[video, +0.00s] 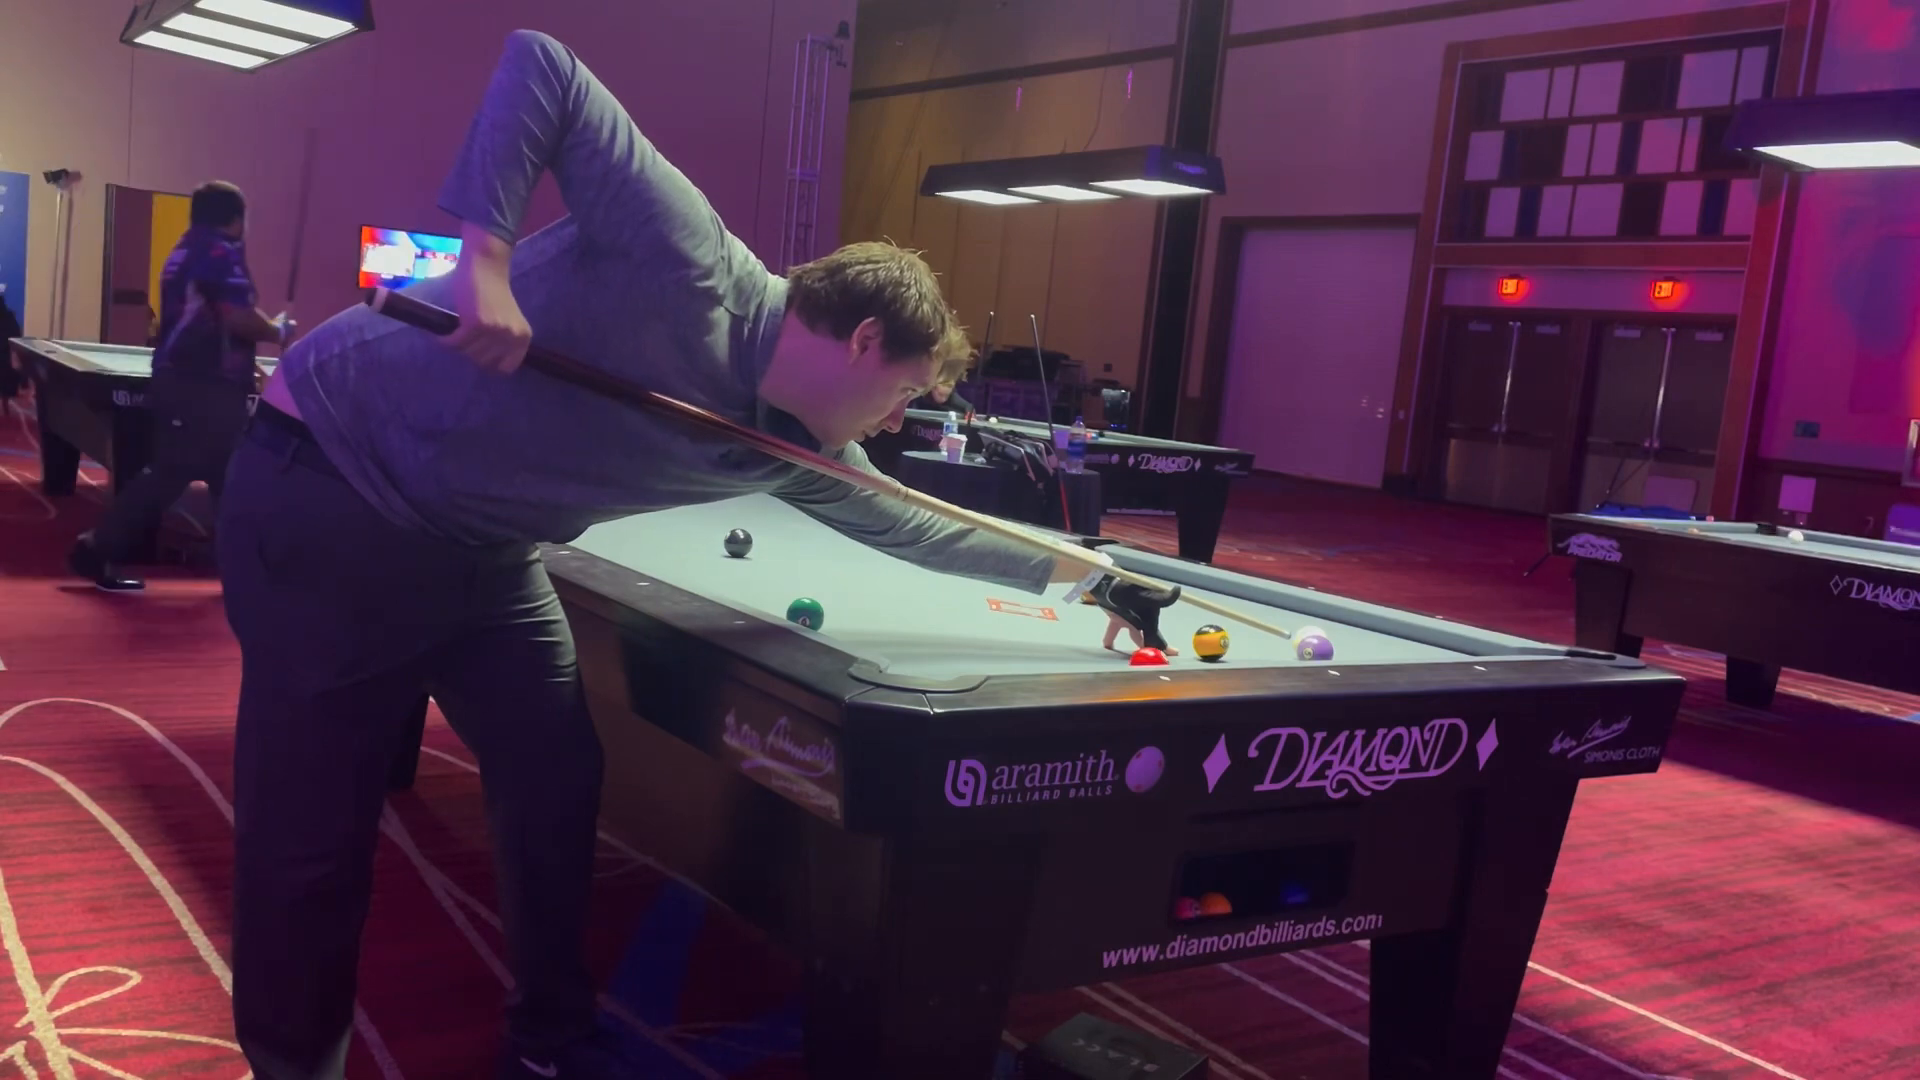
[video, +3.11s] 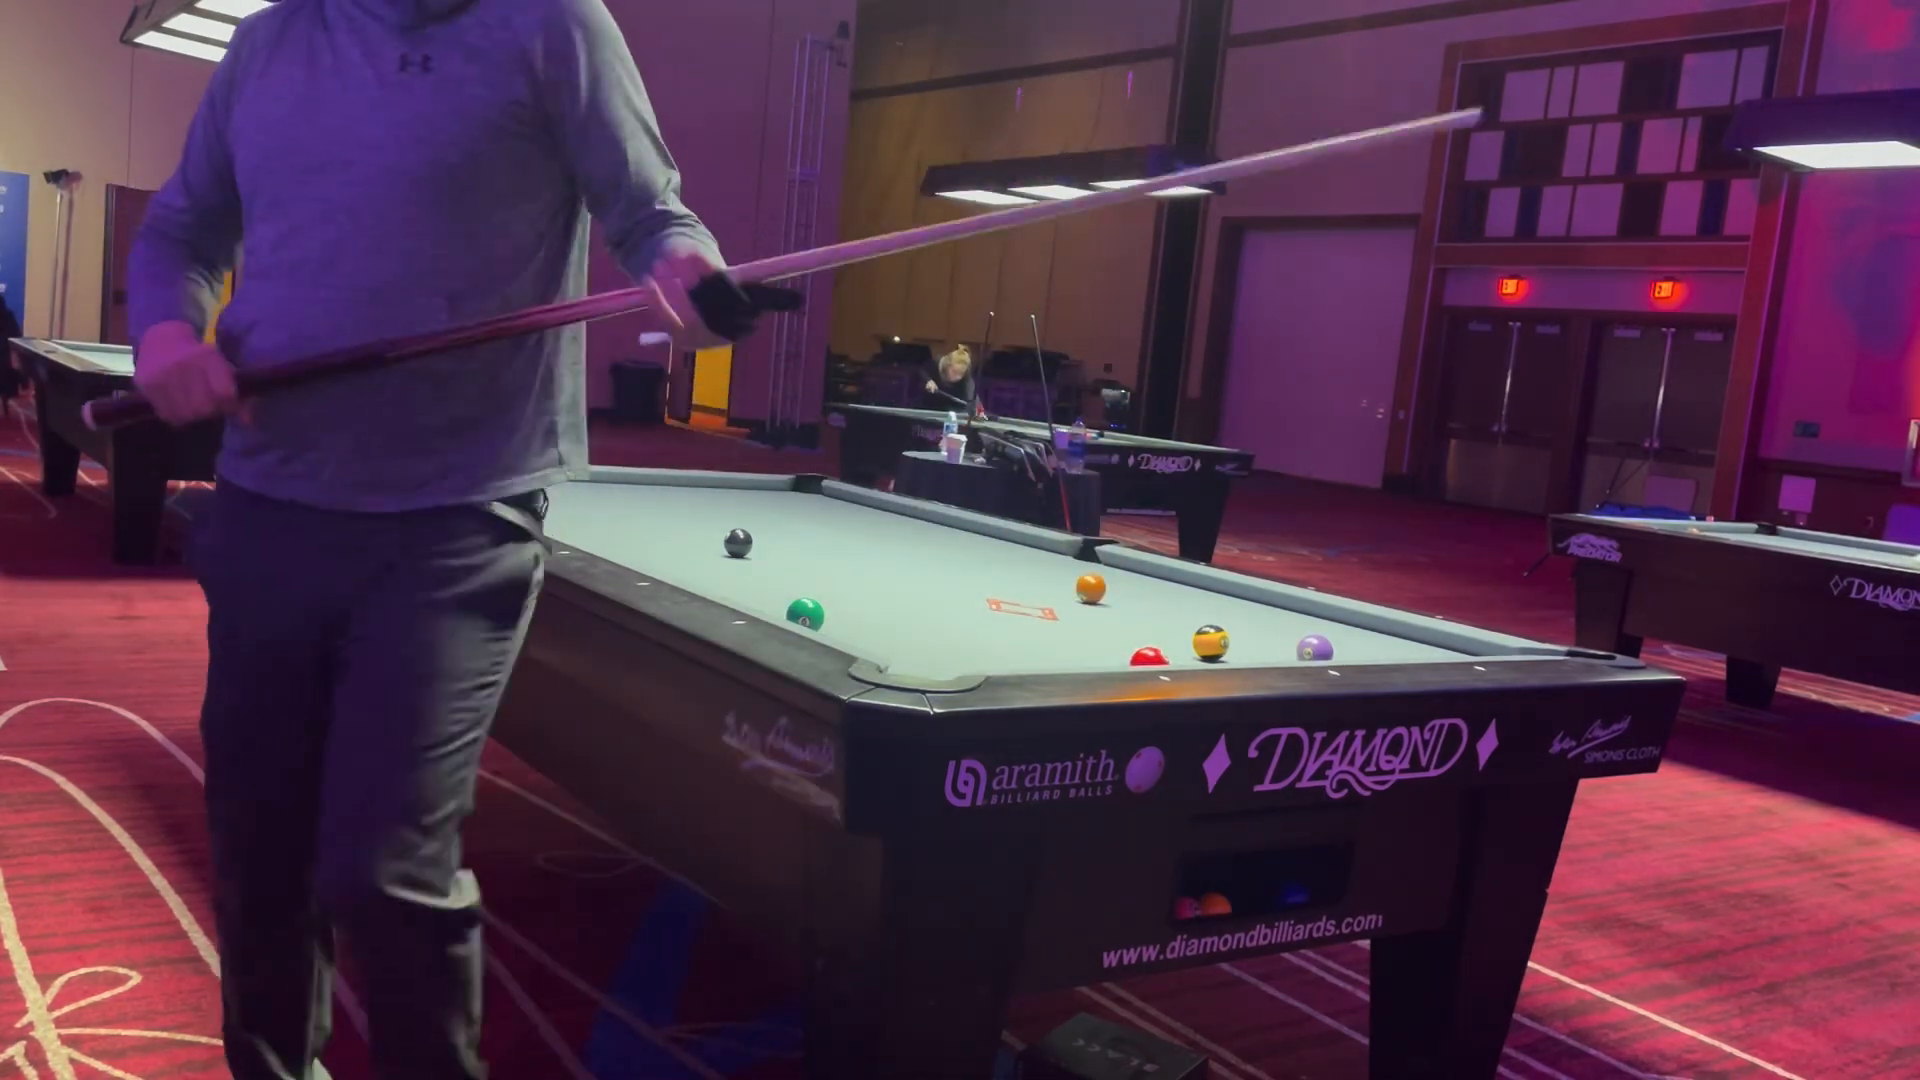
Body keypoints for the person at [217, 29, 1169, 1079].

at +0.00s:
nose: (893, 428)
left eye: (910, 410)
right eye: (903, 398)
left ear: (853, 350)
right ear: (856, 340)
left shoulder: (785, 441)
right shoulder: (684, 251)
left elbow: (913, 527)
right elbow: (542, 69)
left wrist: (1061, 563)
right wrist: (479, 252)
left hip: (483, 530)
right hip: (329, 473)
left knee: (553, 763)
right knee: (313, 819)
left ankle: (548, 1032)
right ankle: (292, 1055)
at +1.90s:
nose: (888, 245)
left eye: (899, 223)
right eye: (883, 212)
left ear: (818, 187)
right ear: (810, 171)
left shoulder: (775, 320)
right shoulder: (631, 184)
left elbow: (879, 412)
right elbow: (393, 187)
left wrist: (1031, 480)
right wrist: (501, 364)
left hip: (488, 526)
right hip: (345, 488)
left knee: (547, 773)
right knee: (340, 820)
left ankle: (552, 1030)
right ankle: (304, 1063)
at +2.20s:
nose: (774, 154)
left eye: (800, 132)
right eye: (762, 113)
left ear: (814, 127)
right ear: (687, 61)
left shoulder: (722, 221)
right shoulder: (544, 122)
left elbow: (819, 293)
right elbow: (318, 197)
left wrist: (965, 326)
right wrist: (473, 346)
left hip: (507, 525)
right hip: (363, 501)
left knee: (558, 776)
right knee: (376, 802)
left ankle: (548, 1038)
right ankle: (312, 1063)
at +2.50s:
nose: (702, 63)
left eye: (730, 37)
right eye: (682, 21)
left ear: (745, 44)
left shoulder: (677, 165)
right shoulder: (469, 96)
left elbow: (717, 261)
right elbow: (261, 227)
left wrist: (872, 294)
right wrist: (439, 352)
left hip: (520, 522)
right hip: (375, 514)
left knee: (551, 791)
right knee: (390, 805)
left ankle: (548, 1032)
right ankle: (317, 1060)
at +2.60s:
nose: (630, 6)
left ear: (676, 12)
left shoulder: (643, 128)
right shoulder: (415, 81)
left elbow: (640, 272)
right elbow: (220, 222)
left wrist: (750, 342)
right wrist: (402, 345)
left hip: (526, 525)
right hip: (374, 522)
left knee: (545, 803)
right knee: (395, 818)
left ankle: (549, 1034)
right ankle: (320, 1064)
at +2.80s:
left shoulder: (603, 87)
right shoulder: (306, 37)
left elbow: (601, 284)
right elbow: (131, 204)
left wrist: (594, 394)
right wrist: (267, 323)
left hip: (512, 539)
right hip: (318, 533)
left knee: (562, 816)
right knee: (329, 871)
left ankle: (541, 1046)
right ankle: (292, 1062)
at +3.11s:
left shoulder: (550, 25)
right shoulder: (273, 38)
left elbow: (650, 212)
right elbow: (176, 233)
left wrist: (691, 279)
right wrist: (163, 328)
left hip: (462, 514)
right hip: (274, 502)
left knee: (388, 873)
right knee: (260, 872)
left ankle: (435, 1064)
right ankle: (270, 1066)